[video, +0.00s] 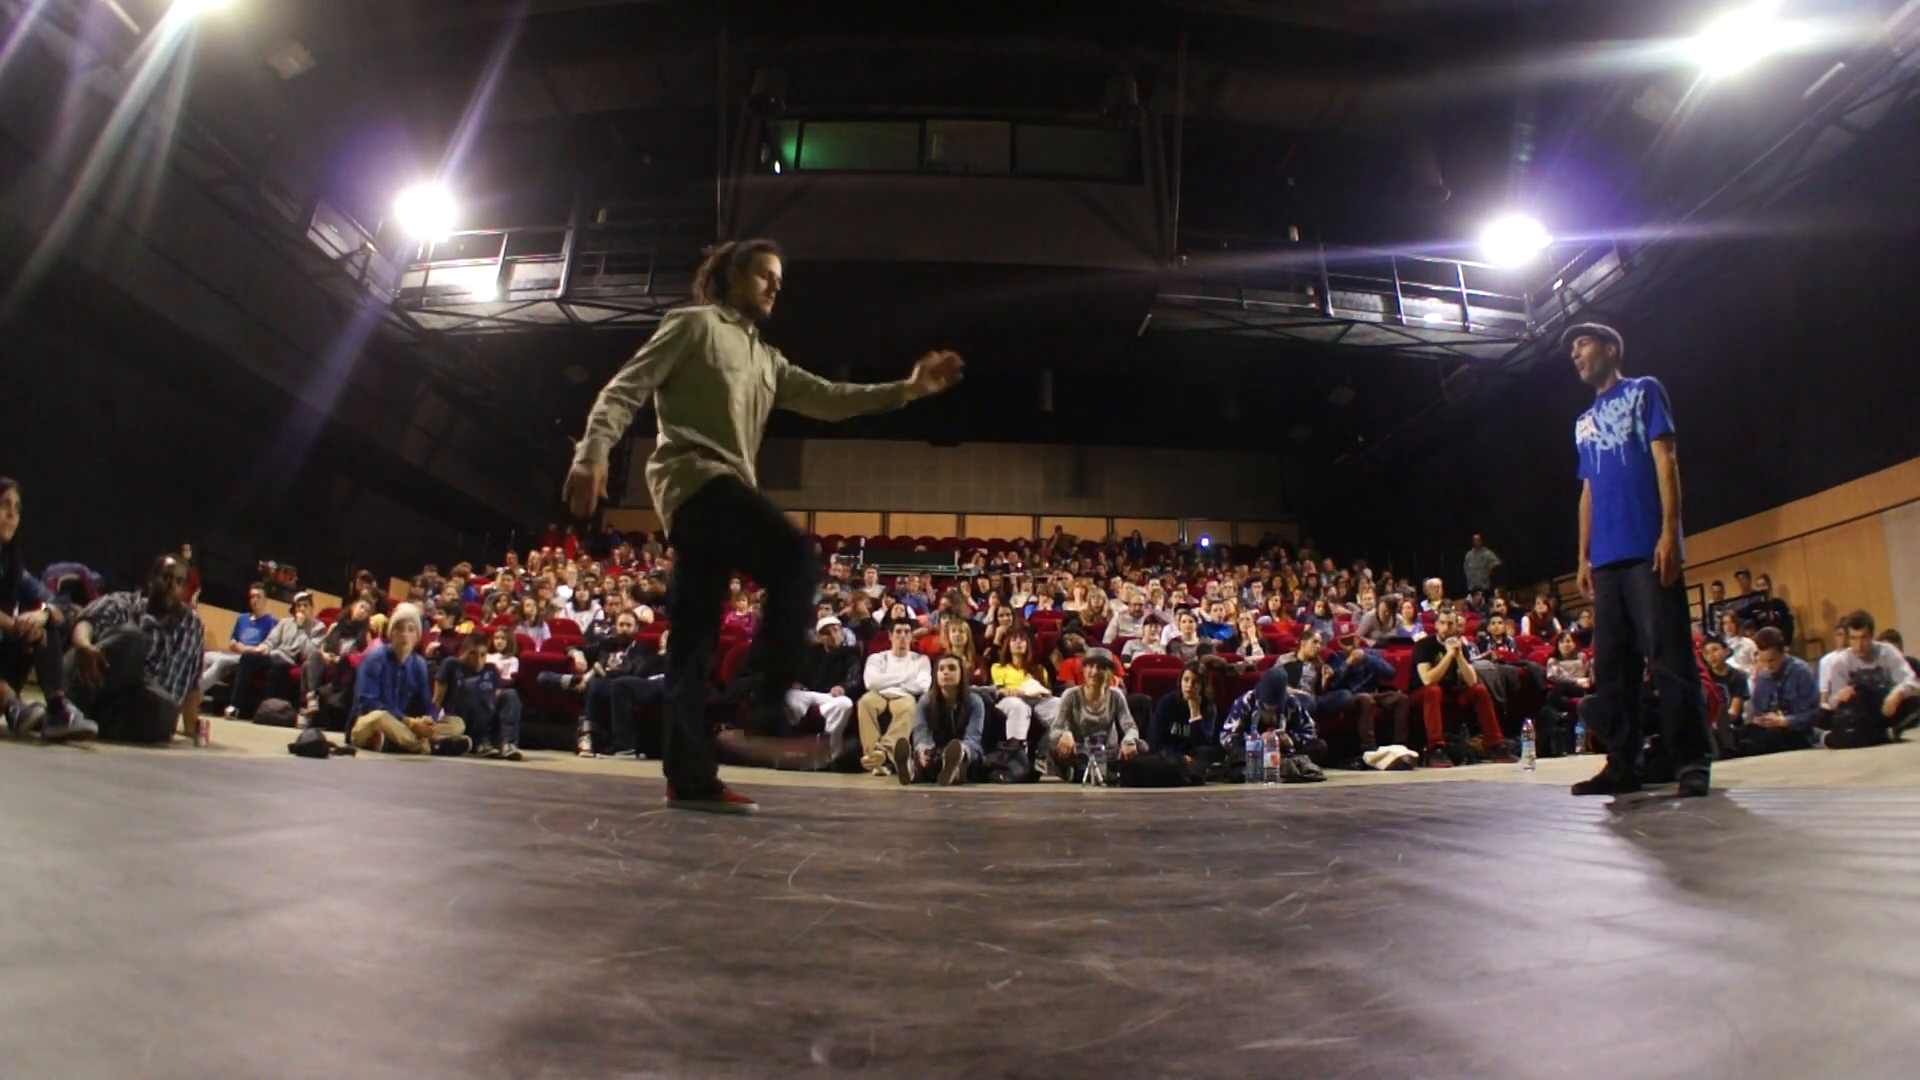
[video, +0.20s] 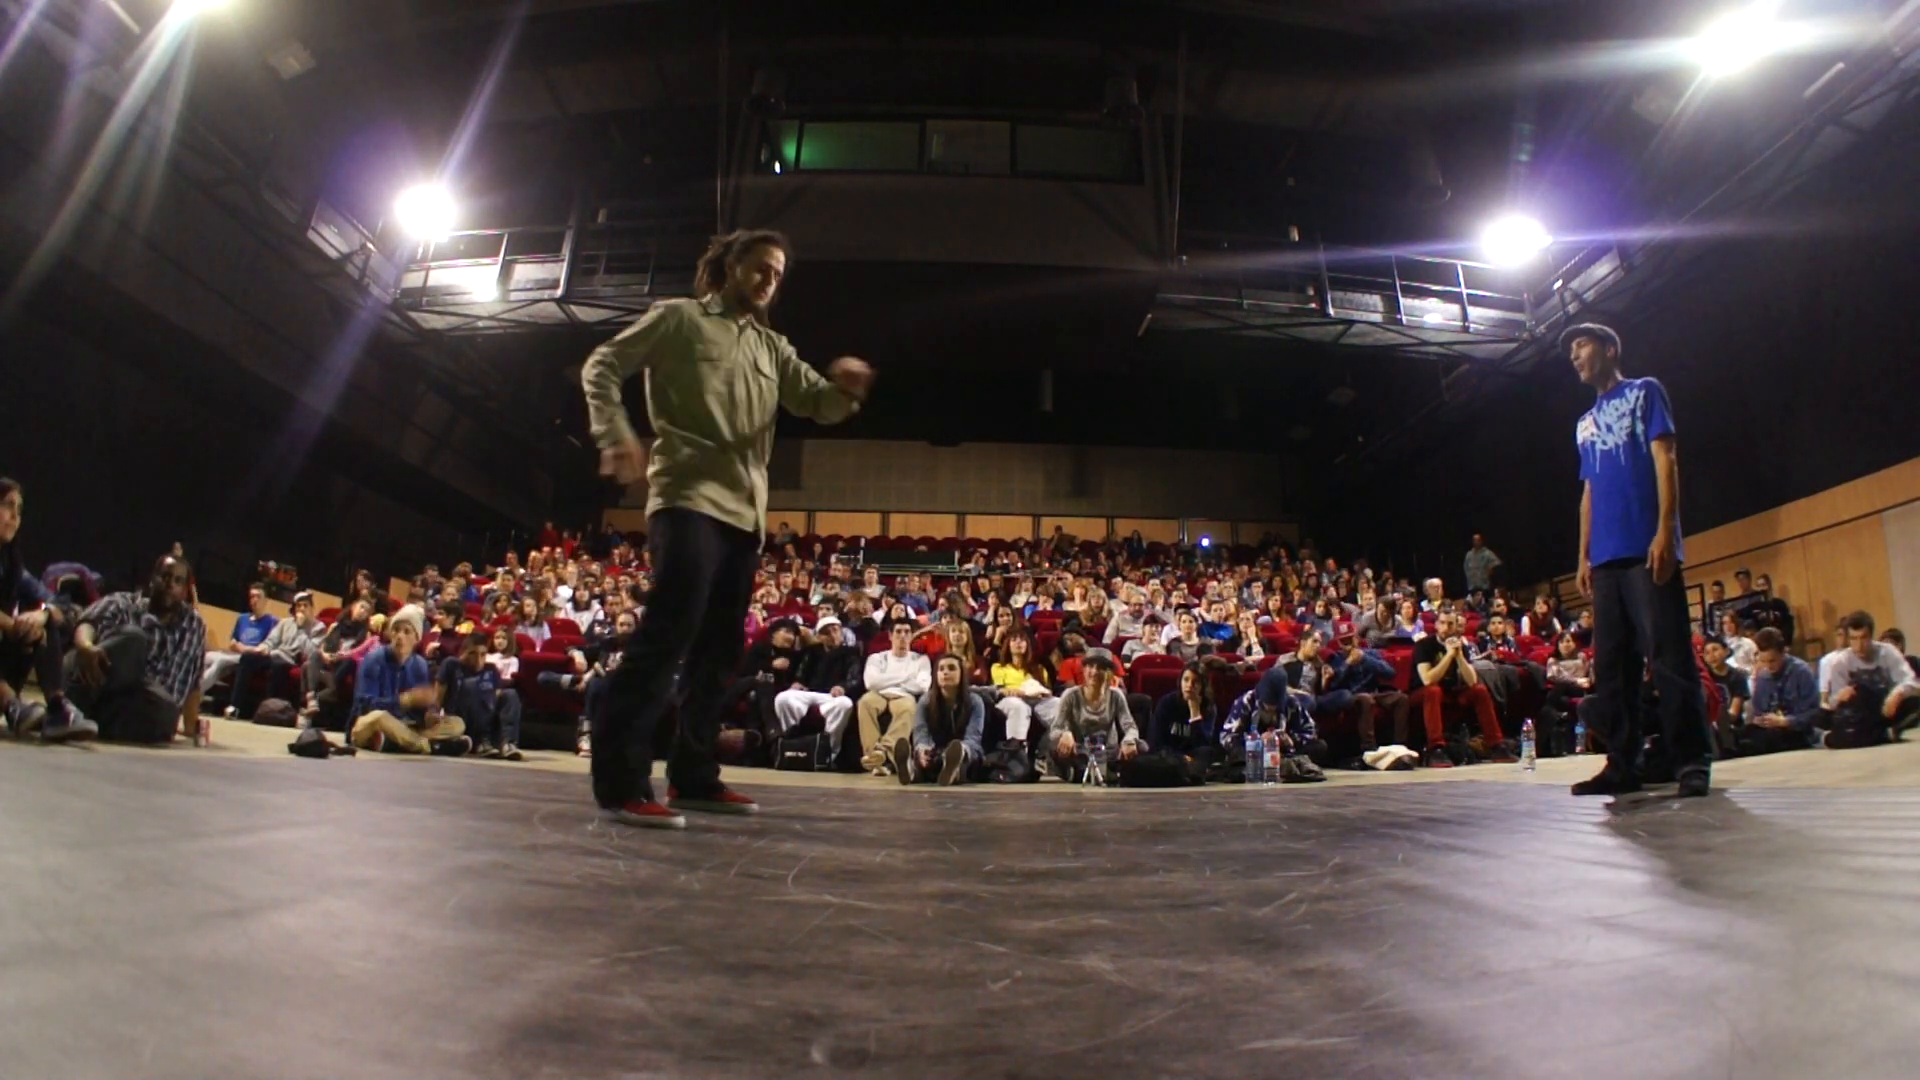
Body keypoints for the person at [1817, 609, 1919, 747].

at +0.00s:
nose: (1859, 644)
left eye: (1863, 638)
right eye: (1853, 638)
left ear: (1871, 637)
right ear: (1848, 638)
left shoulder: (1887, 652)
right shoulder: (1840, 662)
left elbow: (1910, 680)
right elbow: (1831, 703)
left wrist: (1897, 693)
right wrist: (1839, 696)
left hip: (1886, 704)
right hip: (1858, 707)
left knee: (1914, 703)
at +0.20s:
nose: (1859, 644)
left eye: (1863, 638)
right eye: (1853, 638)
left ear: (1871, 636)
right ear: (1848, 638)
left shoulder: (1887, 652)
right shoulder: (1840, 662)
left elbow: (1910, 680)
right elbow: (1831, 703)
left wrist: (1897, 694)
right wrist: (1839, 696)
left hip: (1885, 704)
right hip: (1857, 707)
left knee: (1914, 703)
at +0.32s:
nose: (1859, 645)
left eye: (1864, 638)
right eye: (1854, 639)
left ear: (1871, 637)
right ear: (1848, 639)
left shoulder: (1888, 652)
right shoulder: (1840, 662)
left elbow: (1911, 681)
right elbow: (1831, 702)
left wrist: (1897, 693)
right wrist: (1840, 696)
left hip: (1885, 705)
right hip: (1857, 708)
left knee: (1913, 703)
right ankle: (1827, 738)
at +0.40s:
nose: (1859, 645)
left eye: (1864, 638)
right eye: (1854, 639)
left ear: (1871, 637)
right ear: (1847, 639)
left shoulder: (1888, 652)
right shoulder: (1839, 662)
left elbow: (1911, 681)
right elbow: (1830, 702)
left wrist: (1897, 693)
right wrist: (1839, 697)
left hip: (1886, 705)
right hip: (1856, 707)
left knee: (1914, 704)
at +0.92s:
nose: (1859, 644)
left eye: (1863, 637)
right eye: (1853, 638)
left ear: (1871, 636)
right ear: (1847, 638)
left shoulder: (1887, 652)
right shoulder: (1836, 658)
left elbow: (1911, 681)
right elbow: (1827, 703)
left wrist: (1897, 693)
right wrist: (1838, 697)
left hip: (1883, 705)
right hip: (1853, 707)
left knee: (1913, 703)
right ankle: (1886, 735)